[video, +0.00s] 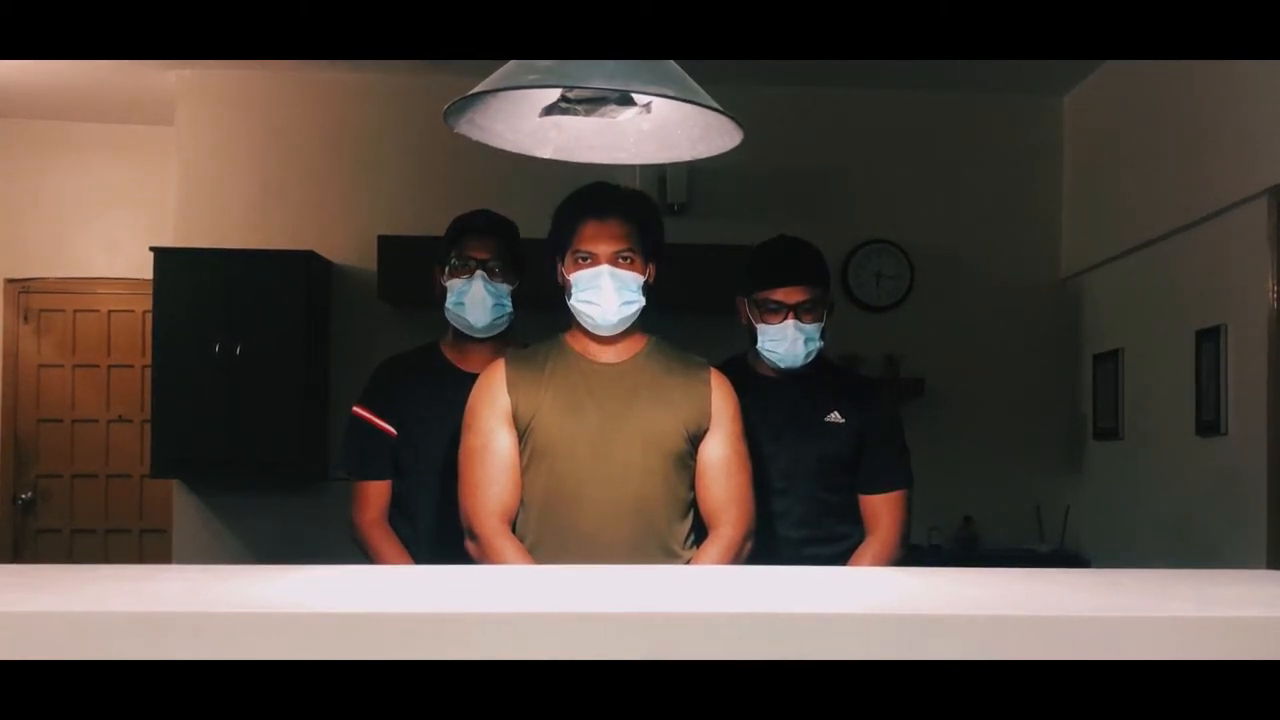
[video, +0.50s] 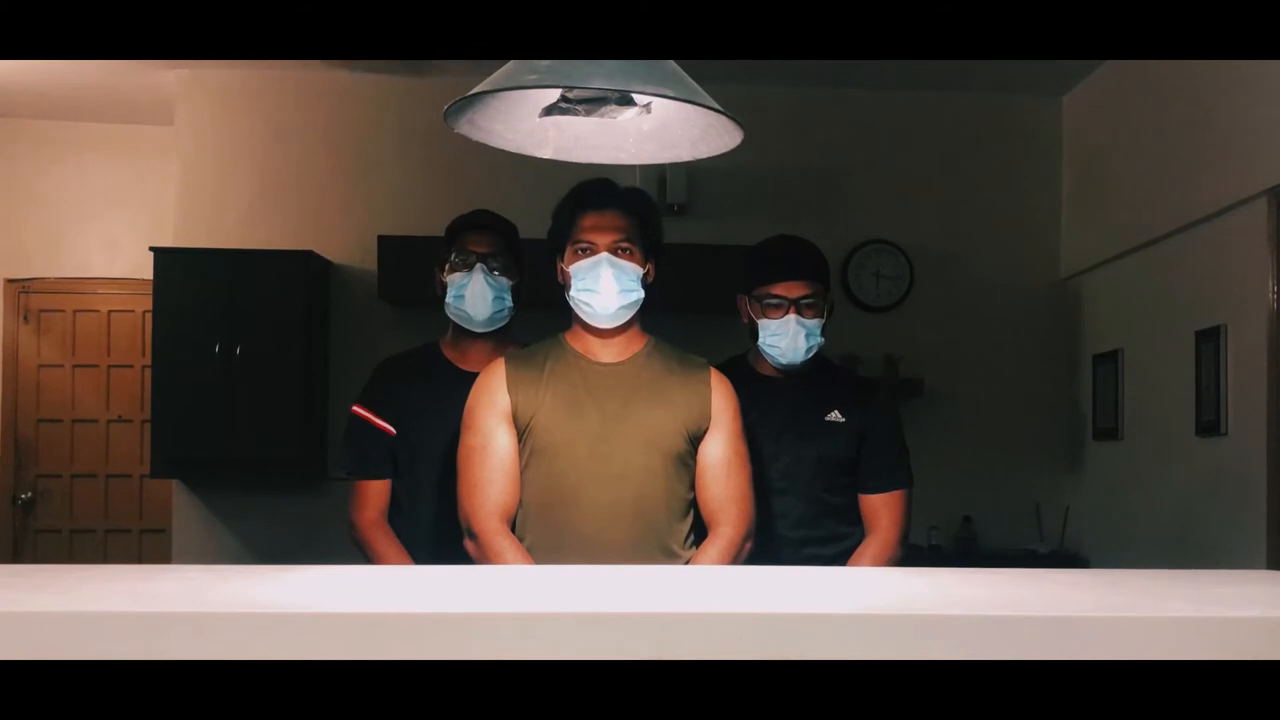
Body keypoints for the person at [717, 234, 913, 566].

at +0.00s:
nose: (791, 326)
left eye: (807, 310)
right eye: (773, 309)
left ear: (826, 310)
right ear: (746, 310)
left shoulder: (863, 400)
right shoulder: (712, 394)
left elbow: (885, 537)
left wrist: (830, 611)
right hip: (737, 595)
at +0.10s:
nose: (791, 325)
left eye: (808, 309)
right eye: (773, 308)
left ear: (826, 311)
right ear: (746, 310)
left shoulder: (863, 400)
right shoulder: (713, 393)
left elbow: (885, 537)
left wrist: (830, 611)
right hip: (736, 595)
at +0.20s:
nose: (792, 324)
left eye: (808, 308)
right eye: (774, 307)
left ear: (826, 311)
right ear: (746, 310)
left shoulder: (863, 400)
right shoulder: (712, 393)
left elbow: (885, 537)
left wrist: (830, 611)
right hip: (736, 595)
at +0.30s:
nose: (792, 322)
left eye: (808, 307)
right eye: (774, 306)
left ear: (826, 311)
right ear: (747, 309)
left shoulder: (863, 400)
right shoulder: (712, 393)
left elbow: (885, 537)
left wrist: (830, 611)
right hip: (736, 595)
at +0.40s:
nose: (792, 321)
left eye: (808, 306)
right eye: (774, 305)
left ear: (826, 309)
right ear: (747, 309)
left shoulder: (863, 401)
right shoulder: (711, 393)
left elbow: (885, 537)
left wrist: (831, 611)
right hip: (737, 596)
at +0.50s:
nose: (792, 319)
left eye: (808, 305)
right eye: (774, 304)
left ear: (826, 309)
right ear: (747, 309)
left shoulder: (862, 401)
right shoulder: (710, 393)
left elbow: (885, 536)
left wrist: (831, 611)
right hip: (736, 596)